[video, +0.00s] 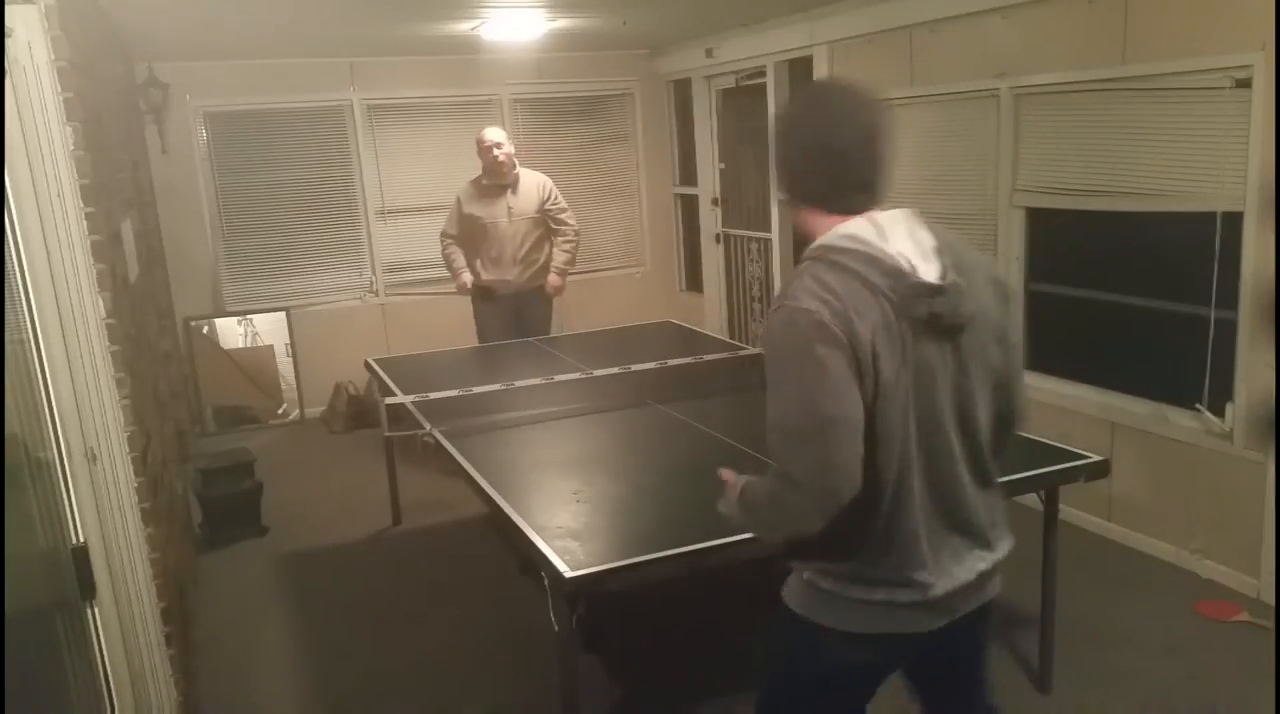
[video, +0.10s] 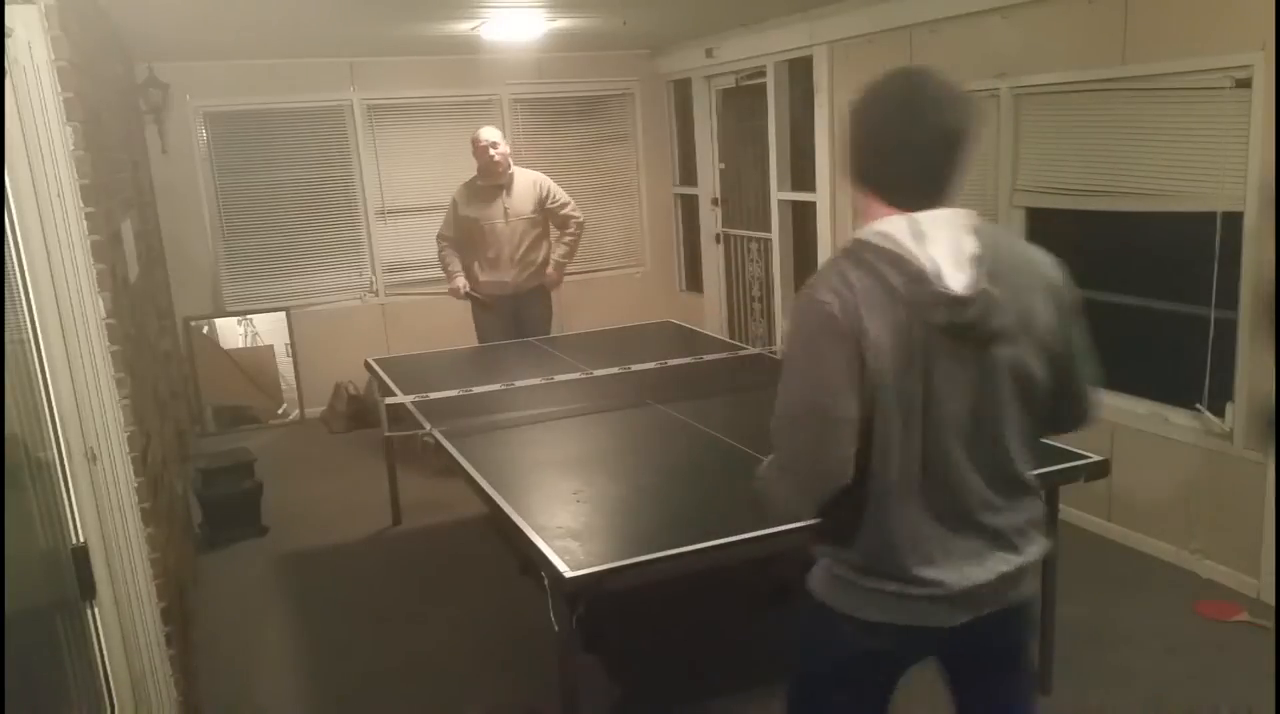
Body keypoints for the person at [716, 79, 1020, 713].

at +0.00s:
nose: (777, 174)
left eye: (782, 159)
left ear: (788, 175)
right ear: (876, 163)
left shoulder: (813, 306)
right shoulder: (974, 271)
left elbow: (821, 485)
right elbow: (1004, 418)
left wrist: (744, 499)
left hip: (851, 612)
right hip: (967, 595)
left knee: (796, 703)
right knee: (963, 704)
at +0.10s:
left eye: (852, 139)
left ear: (857, 158)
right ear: (957, 159)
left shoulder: (838, 295)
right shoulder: (1035, 274)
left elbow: (814, 471)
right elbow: (1072, 406)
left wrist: (773, 482)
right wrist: (985, 400)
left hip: (871, 607)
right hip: (1003, 600)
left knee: (830, 702)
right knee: (1004, 704)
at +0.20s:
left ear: (924, 173)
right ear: (1023, 178)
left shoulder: (885, 292)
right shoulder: (1092, 278)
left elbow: (827, 462)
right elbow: (1139, 404)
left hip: (906, 611)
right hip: (1047, 610)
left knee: (858, 702)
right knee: (1055, 704)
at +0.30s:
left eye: (978, 143)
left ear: (979, 159)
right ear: (1081, 170)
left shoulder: (923, 287)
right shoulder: (1142, 276)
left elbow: (871, 431)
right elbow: (1170, 398)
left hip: (939, 599)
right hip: (1086, 604)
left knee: (873, 704)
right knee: (1080, 706)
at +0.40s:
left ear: (1006, 152)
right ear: (1110, 163)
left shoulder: (947, 273)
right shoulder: (1172, 271)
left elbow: (892, 408)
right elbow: (1174, 392)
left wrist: (979, 385)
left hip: (956, 592)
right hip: (1103, 601)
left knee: (888, 701)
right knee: (1093, 706)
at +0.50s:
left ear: (1037, 143)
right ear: (1142, 155)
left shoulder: (980, 250)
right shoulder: (1203, 269)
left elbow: (922, 370)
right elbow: (1207, 389)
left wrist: (1011, 314)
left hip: (977, 585)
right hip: (1120, 597)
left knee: (931, 697)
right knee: (1109, 706)